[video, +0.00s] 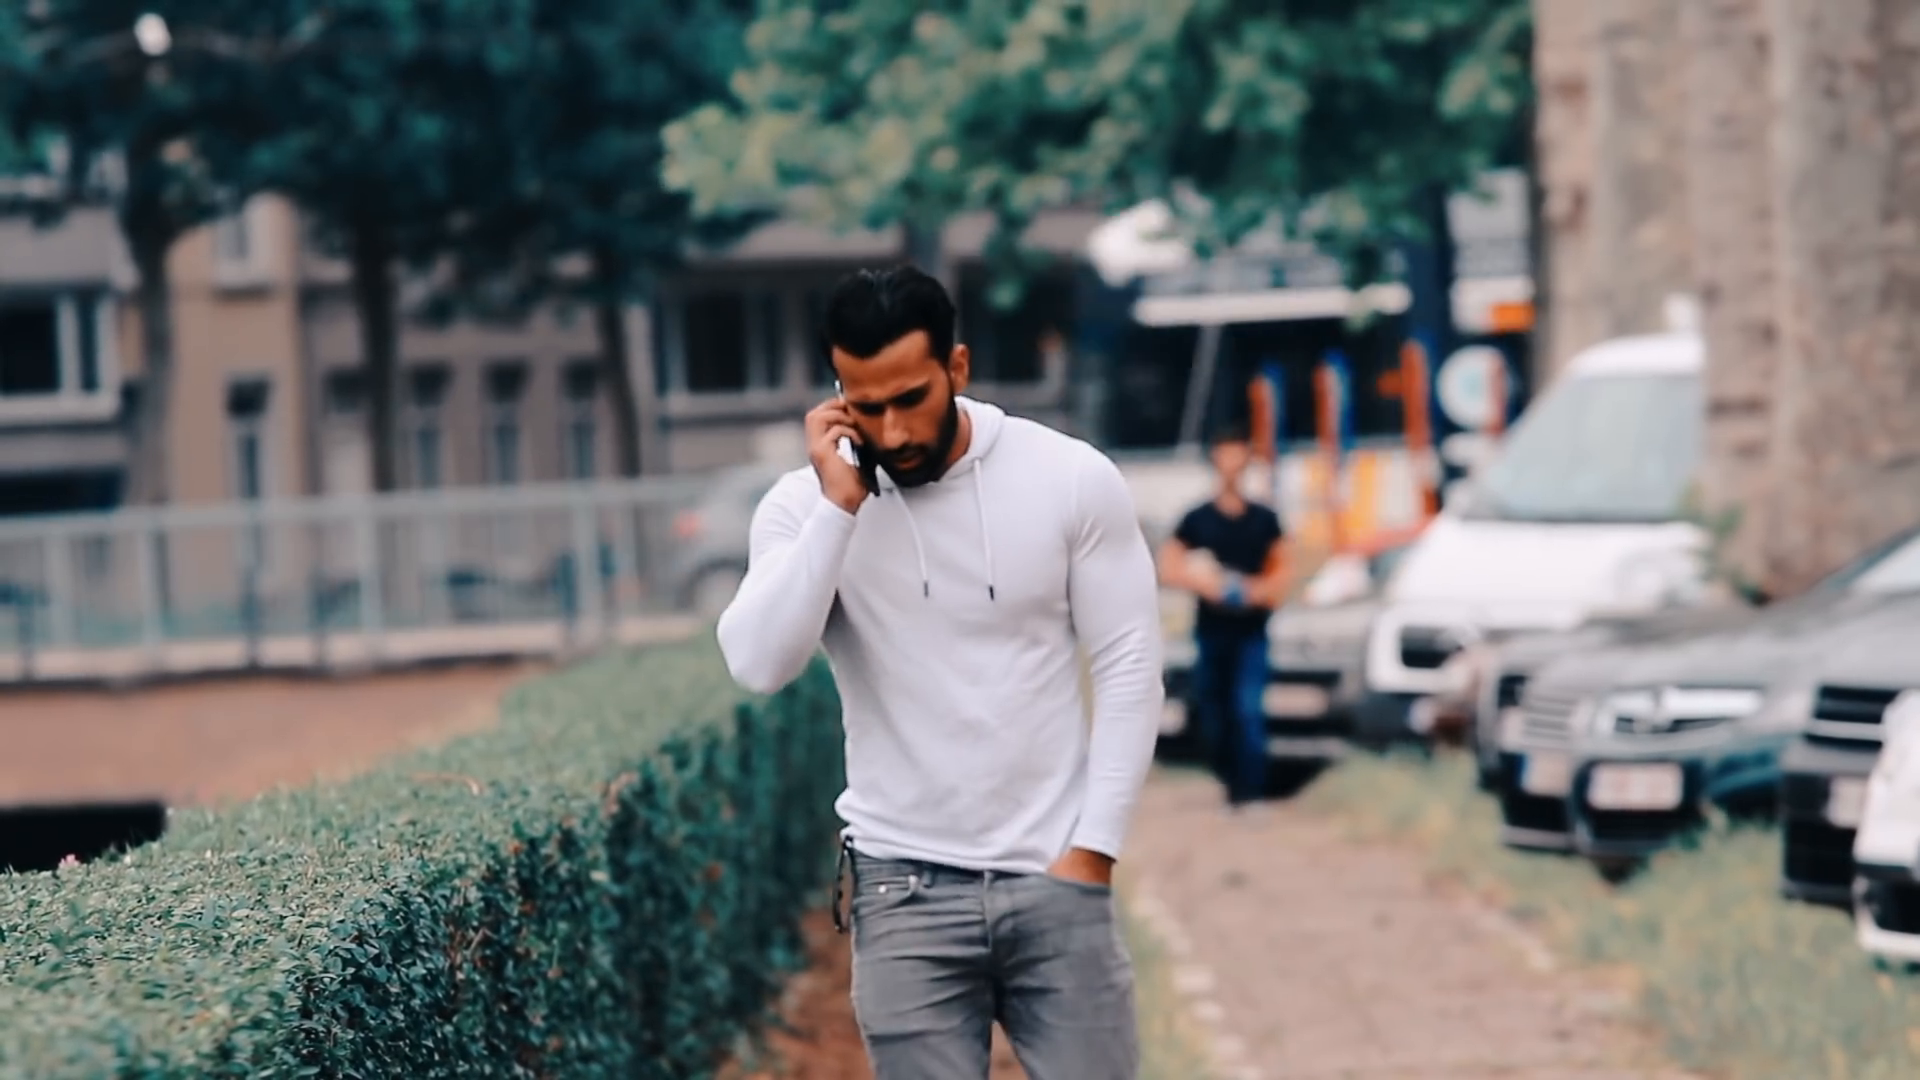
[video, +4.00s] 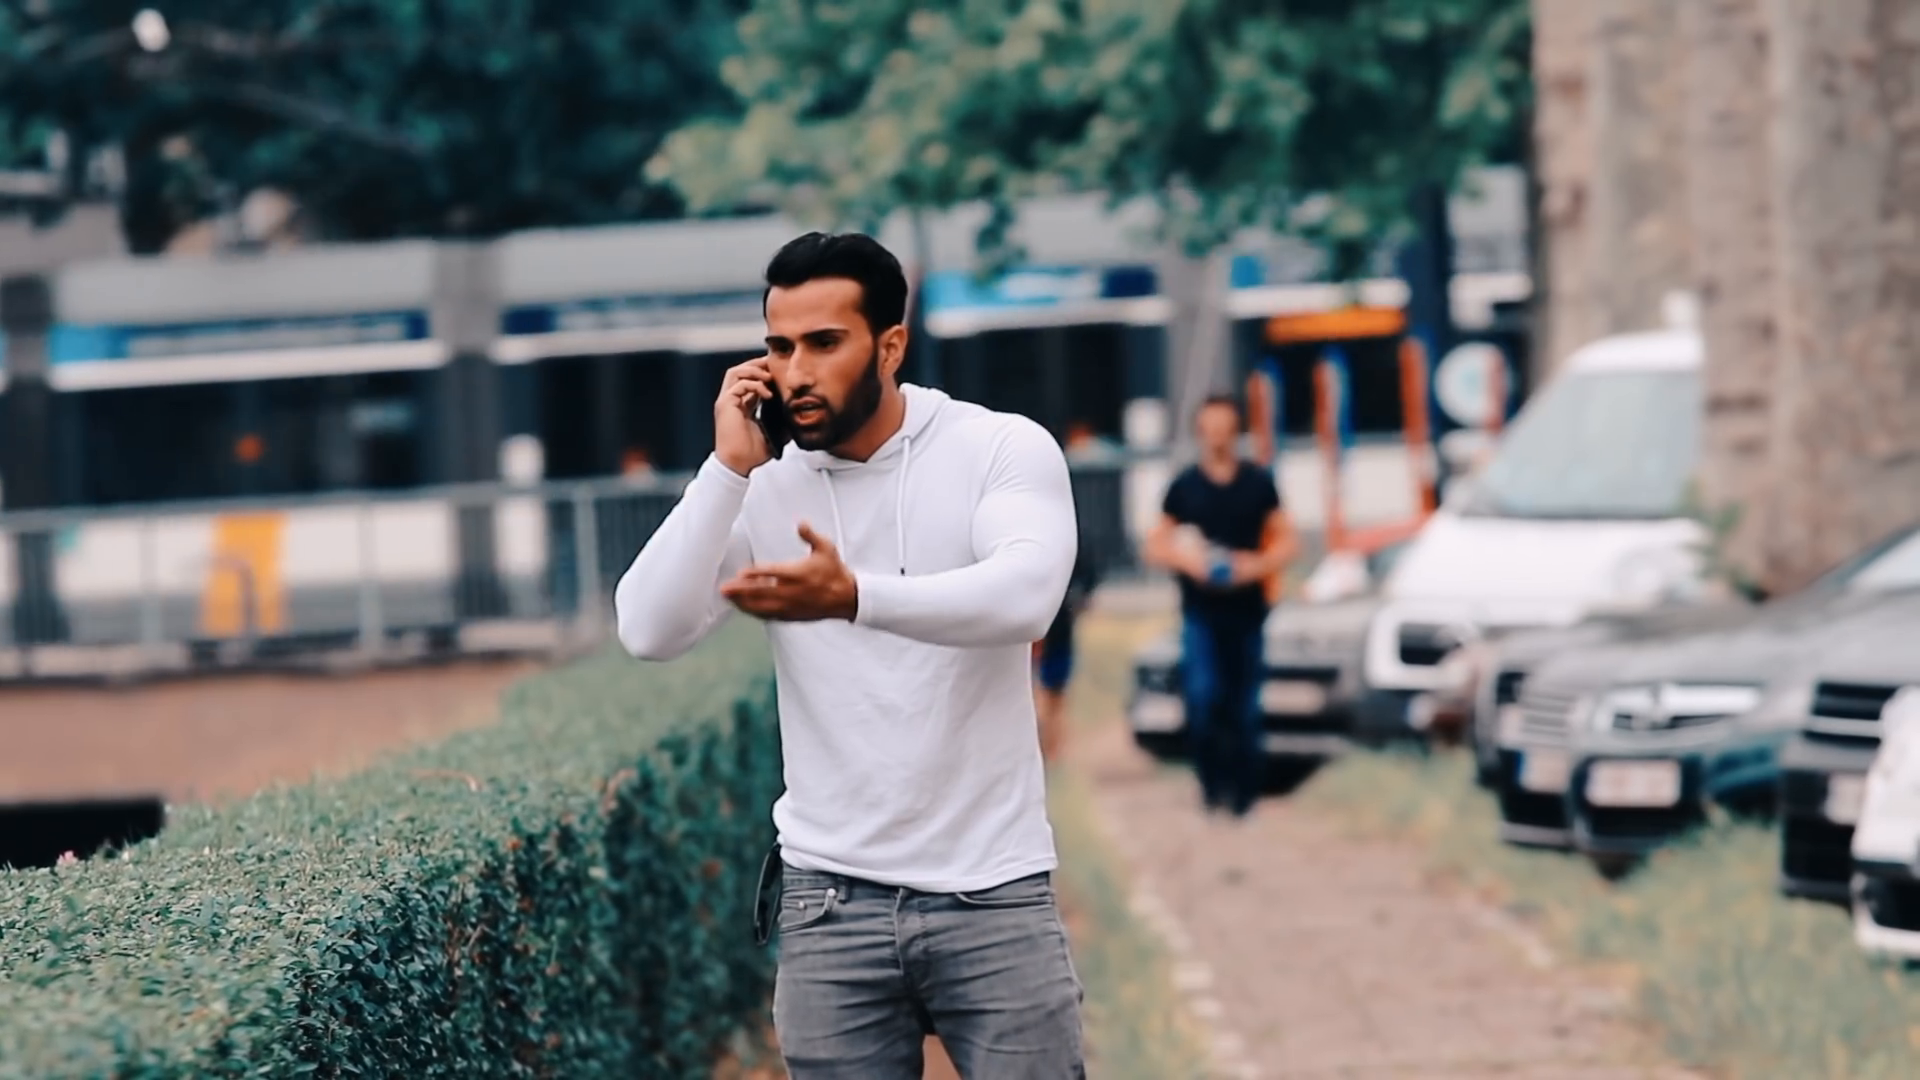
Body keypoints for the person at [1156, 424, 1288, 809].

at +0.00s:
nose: (1231, 461)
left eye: (1237, 453)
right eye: (1224, 453)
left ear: (1248, 459)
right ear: (1214, 460)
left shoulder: (1264, 519)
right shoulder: (1199, 518)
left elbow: (1283, 572)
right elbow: (1169, 566)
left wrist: (1257, 590)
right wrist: (1208, 584)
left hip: (1251, 630)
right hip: (1212, 630)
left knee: (1247, 707)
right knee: (1211, 709)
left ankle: (1250, 790)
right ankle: (1230, 783)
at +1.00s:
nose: (1233, 461)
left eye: (1239, 453)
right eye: (1226, 453)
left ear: (1247, 458)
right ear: (1214, 457)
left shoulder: (1263, 510)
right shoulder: (1199, 508)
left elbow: (1287, 563)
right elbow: (1172, 559)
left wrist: (1262, 585)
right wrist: (1209, 579)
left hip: (1254, 626)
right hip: (1213, 626)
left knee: (1252, 707)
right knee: (1212, 707)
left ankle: (1253, 786)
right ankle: (1226, 783)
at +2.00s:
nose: (1245, 460)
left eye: (1252, 452)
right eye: (1237, 452)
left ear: (1262, 454)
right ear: (1225, 454)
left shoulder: (1279, 505)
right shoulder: (1207, 505)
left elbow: (1306, 555)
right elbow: (1179, 563)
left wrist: (1278, 580)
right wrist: (1220, 575)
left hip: (1270, 624)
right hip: (1227, 626)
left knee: (1273, 713)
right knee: (1230, 713)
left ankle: (1272, 790)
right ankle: (1240, 784)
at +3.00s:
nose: (1231, 445)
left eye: (1238, 437)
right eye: (1225, 437)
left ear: (1250, 440)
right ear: (1215, 442)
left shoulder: (1271, 495)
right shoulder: (1201, 496)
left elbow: (1302, 553)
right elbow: (1173, 554)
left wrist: (1266, 574)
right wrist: (1211, 572)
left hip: (1261, 616)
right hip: (1218, 616)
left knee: (1259, 708)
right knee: (1222, 703)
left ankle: (1257, 791)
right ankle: (1232, 784)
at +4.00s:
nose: (1217, 438)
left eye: (1224, 429)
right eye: (1210, 429)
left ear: (1236, 431)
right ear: (1199, 431)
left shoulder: (1258, 483)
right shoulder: (1186, 485)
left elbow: (1285, 541)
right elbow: (1158, 544)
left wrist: (1253, 565)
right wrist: (1191, 562)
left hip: (1247, 605)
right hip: (1202, 605)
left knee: (1244, 699)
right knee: (1203, 694)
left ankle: (1245, 787)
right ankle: (1213, 785)